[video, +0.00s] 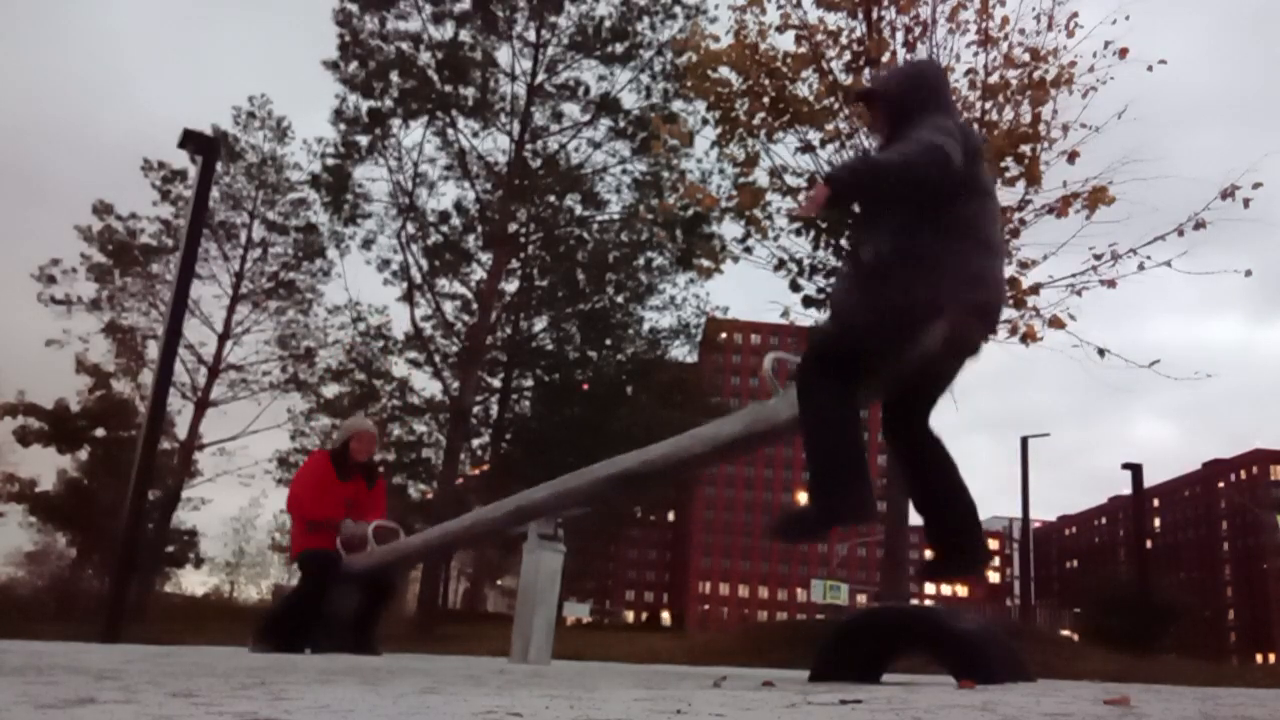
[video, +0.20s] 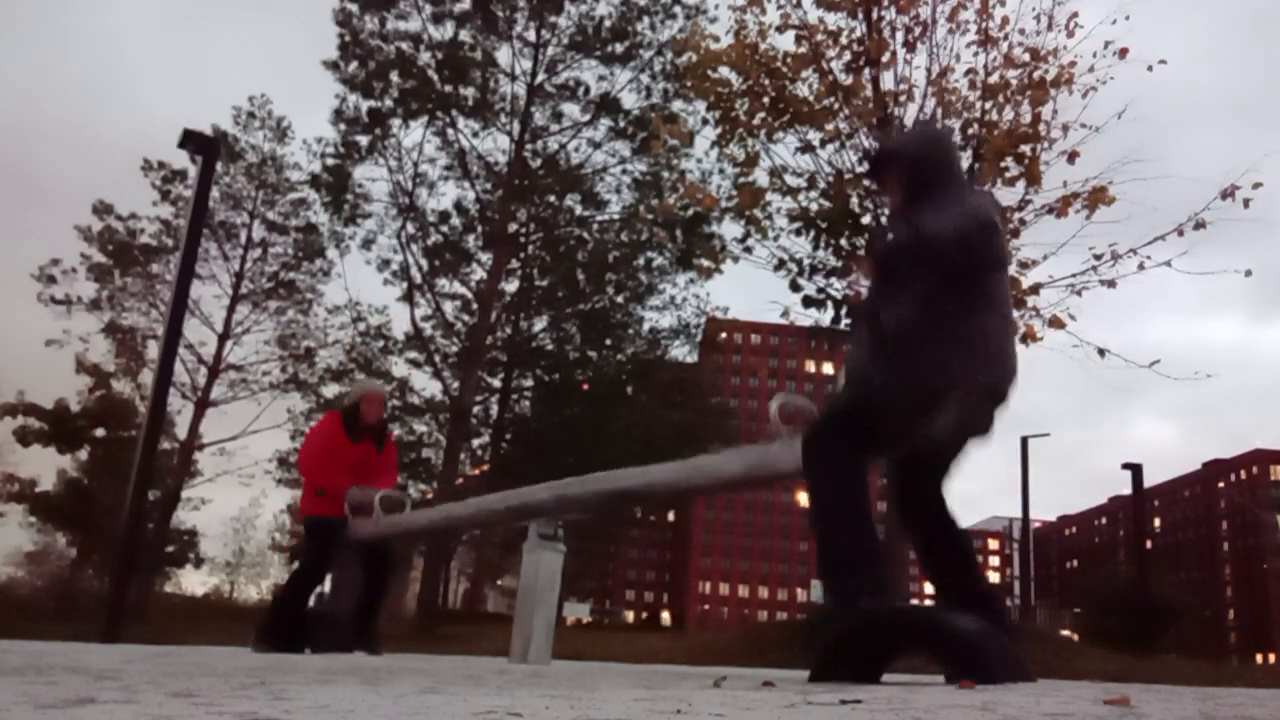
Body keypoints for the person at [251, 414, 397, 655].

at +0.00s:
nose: (366, 449)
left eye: (371, 443)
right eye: (360, 441)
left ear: (376, 447)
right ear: (347, 442)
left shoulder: (372, 478)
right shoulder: (321, 462)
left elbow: (375, 518)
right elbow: (298, 503)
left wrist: (363, 532)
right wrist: (338, 521)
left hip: (353, 548)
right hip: (315, 541)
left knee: (381, 583)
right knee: (322, 578)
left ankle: (359, 642)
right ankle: (275, 636)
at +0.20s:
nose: (378, 410)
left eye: (381, 405)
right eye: (373, 404)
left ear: (384, 408)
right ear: (358, 404)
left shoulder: (383, 440)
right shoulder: (331, 426)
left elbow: (388, 478)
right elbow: (308, 464)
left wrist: (373, 495)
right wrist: (343, 487)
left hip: (362, 517)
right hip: (323, 510)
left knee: (379, 568)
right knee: (316, 566)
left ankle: (362, 635)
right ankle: (275, 630)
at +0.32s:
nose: (382, 384)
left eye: (387, 378)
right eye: (377, 377)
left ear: (391, 381)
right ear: (363, 376)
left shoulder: (391, 414)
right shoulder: (334, 402)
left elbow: (394, 454)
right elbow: (320, 442)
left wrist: (378, 467)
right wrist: (353, 464)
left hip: (368, 492)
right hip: (329, 485)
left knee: (375, 548)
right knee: (323, 541)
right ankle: (287, 606)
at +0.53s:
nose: (389, 343)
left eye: (394, 337)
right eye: (383, 336)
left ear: (401, 343)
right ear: (372, 338)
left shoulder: (400, 374)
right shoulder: (350, 361)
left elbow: (404, 415)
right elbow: (336, 402)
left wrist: (389, 436)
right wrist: (364, 431)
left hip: (380, 454)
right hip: (342, 446)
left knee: (391, 510)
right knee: (335, 506)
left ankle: (381, 581)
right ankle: (303, 575)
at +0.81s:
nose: (395, 330)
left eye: (400, 325)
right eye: (389, 324)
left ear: (406, 330)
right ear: (377, 325)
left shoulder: (407, 362)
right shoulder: (355, 348)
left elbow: (414, 399)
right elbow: (344, 388)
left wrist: (397, 423)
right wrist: (368, 420)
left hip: (387, 442)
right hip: (348, 434)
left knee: (394, 501)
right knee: (343, 494)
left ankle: (387, 572)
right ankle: (314, 567)